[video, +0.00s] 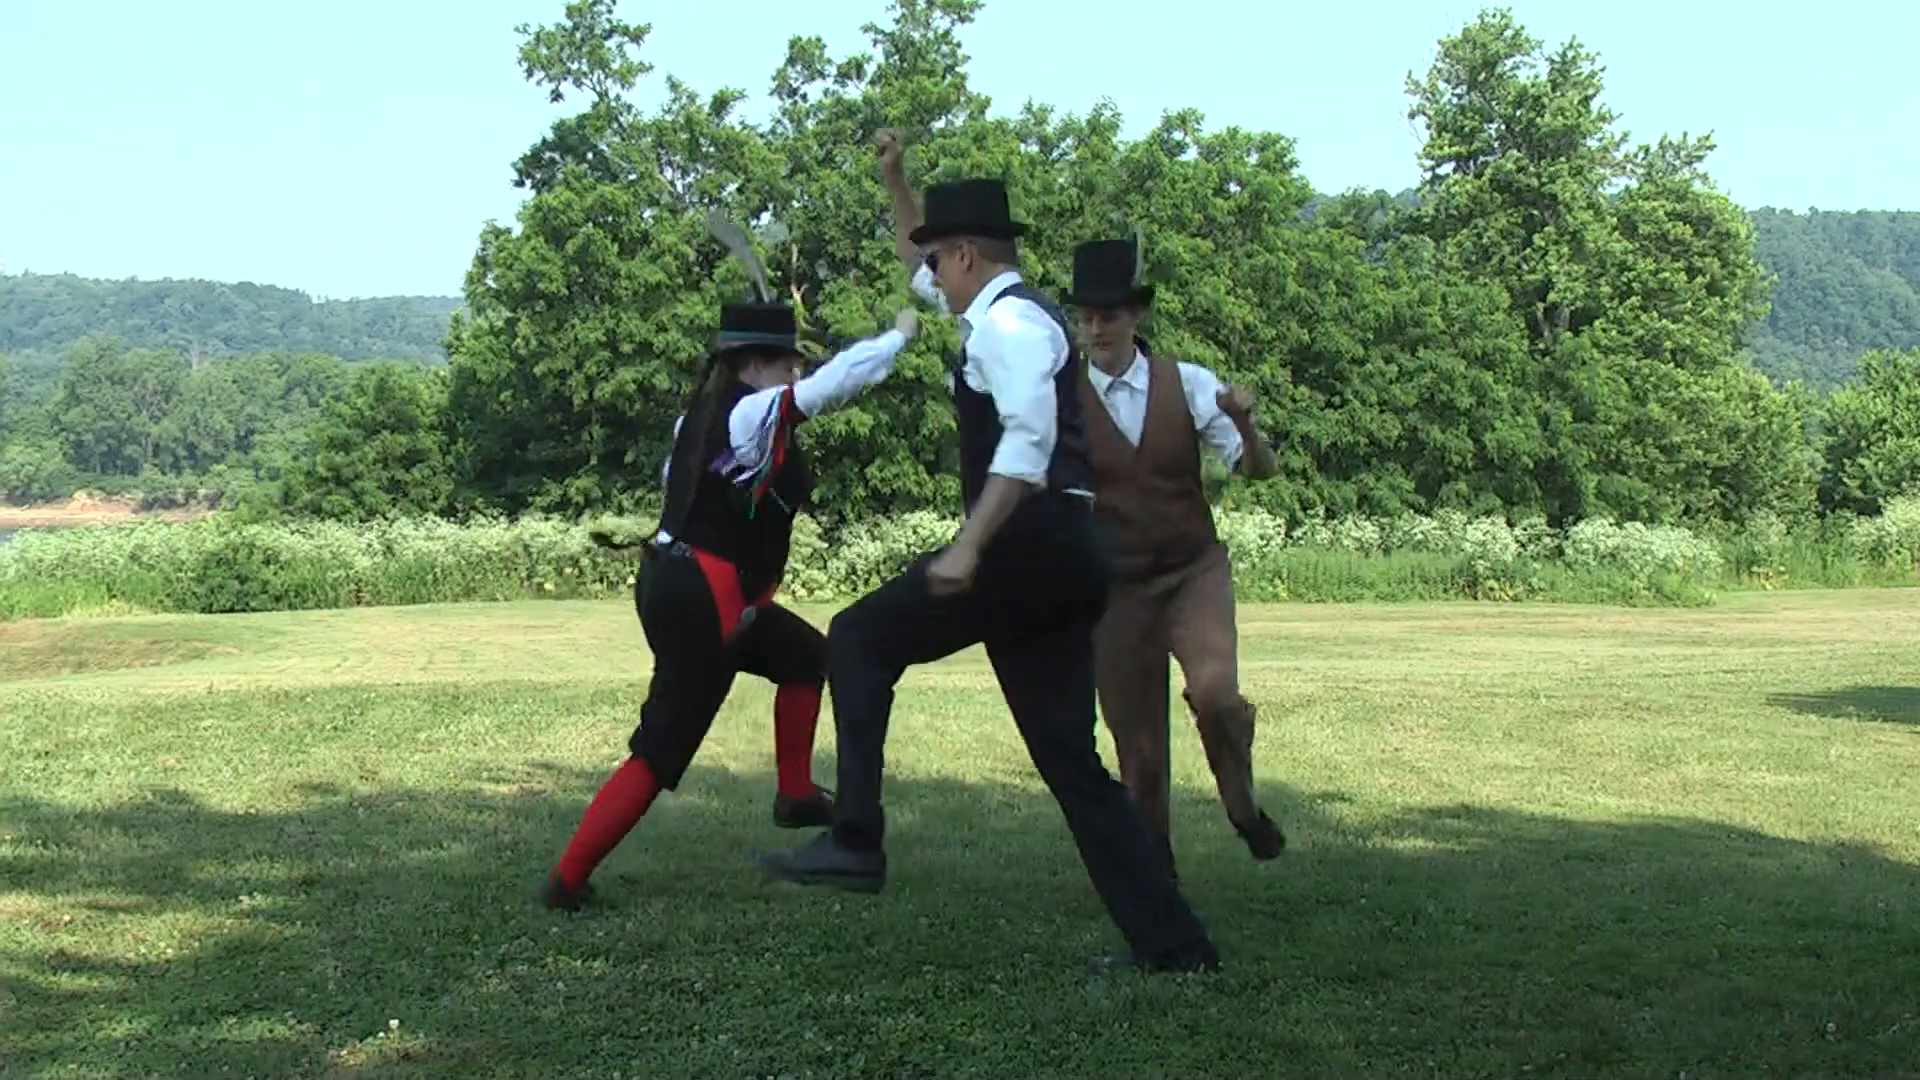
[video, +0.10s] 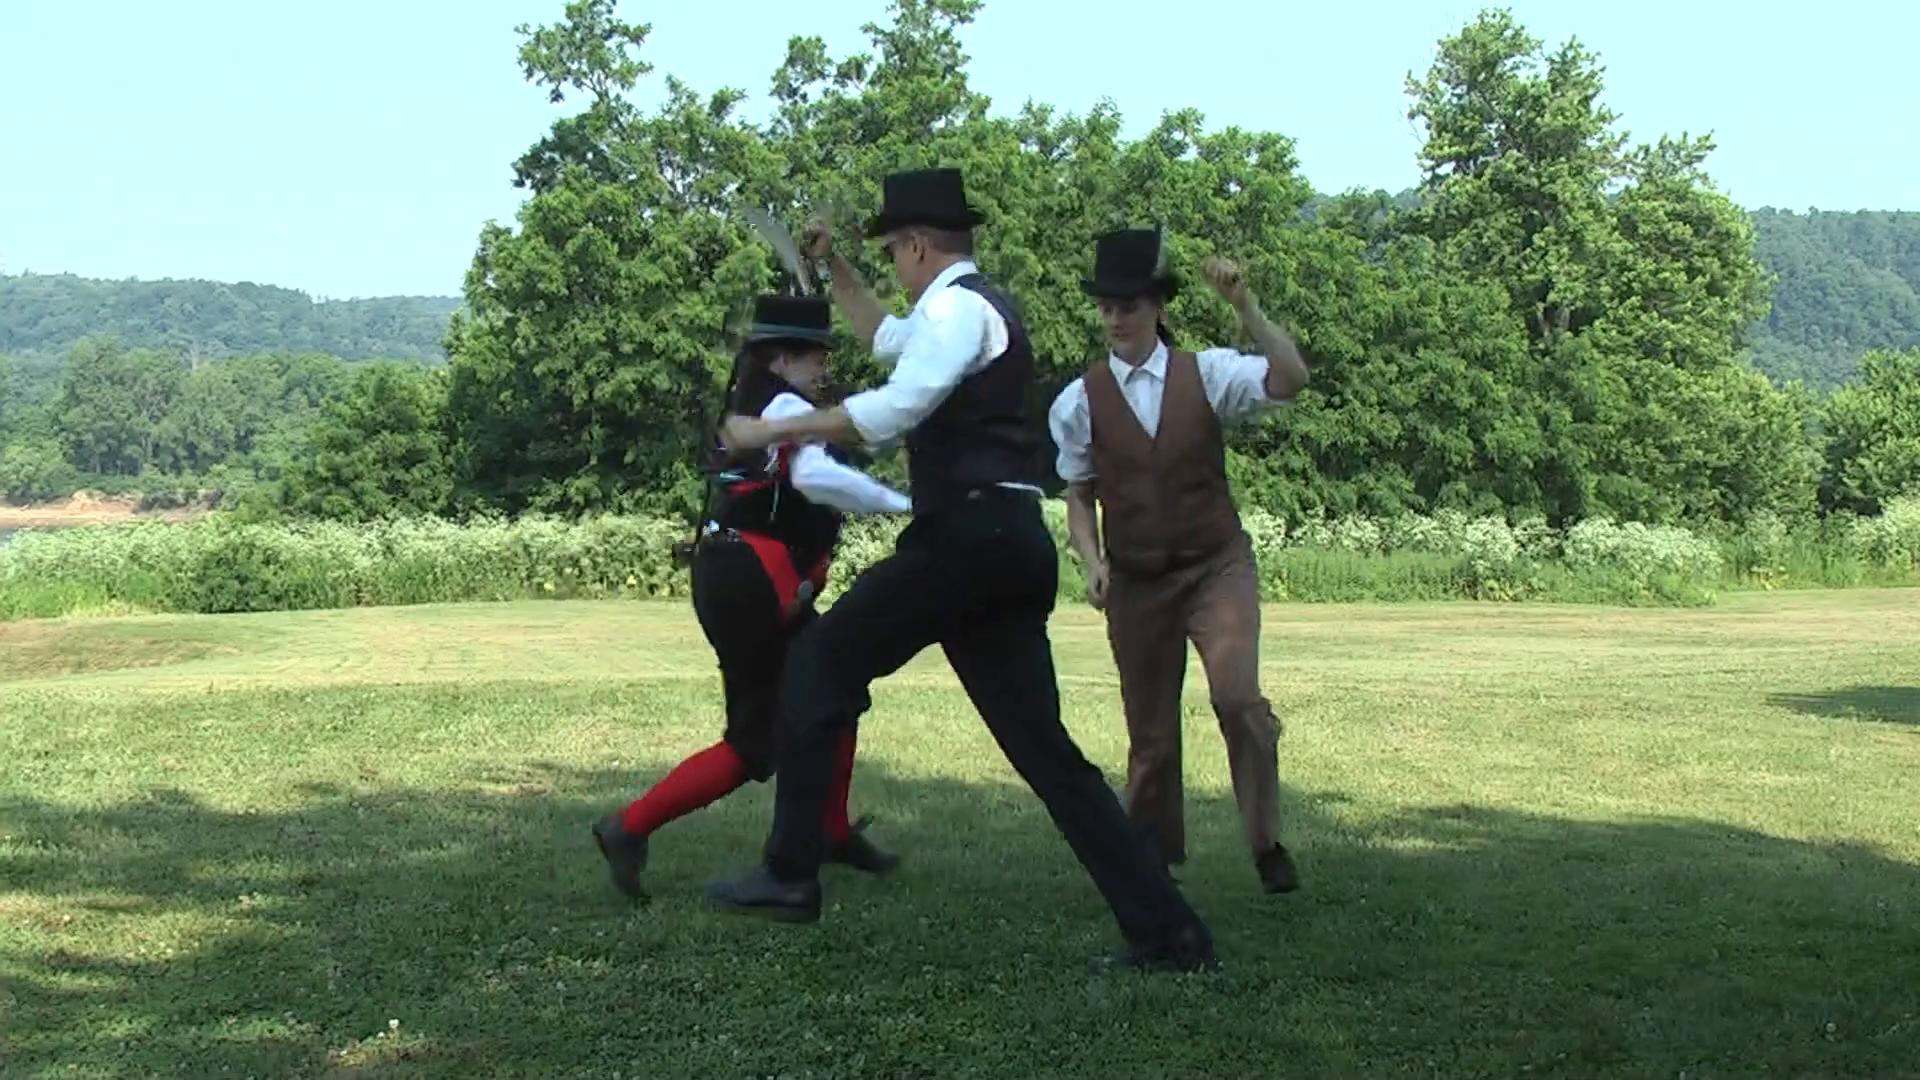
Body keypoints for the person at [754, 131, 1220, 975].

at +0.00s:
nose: (933, 269)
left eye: (936, 255)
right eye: (932, 259)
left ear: (969, 255)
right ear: (979, 253)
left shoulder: (1008, 322)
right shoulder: (1004, 311)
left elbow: (1028, 438)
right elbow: (923, 261)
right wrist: (895, 181)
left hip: (1024, 538)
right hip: (1055, 545)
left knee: (861, 635)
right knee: (1069, 759)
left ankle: (852, 840)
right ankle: (1172, 943)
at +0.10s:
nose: (890, 263)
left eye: (892, 248)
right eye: (887, 251)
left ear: (920, 244)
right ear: (951, 244)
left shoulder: (952, 306)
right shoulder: (981, 306)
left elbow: (900, 406)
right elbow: (883, 332)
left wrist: (773, 430)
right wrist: (831, 264)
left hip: (964, 537)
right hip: (1010, 541)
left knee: (821, 659)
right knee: (1042, 747)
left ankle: (789, 874)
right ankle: (1167, 930)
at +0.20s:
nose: (838, 263)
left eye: (842, 249)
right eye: (839, 250)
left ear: (863, 248)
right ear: (909, 246)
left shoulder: (890, 309)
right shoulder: (949, 313)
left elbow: (751, 335)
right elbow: (885, 421)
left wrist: (671, 277)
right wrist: (787, 409)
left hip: (889, 541)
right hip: (949, 542)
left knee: (797, 724)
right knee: (958, 749)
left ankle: (775, 935)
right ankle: (1123, 892)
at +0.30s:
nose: (791, 266)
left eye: (792, 255)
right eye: (794, 255)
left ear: (804, 257)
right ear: (871, 257)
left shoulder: (796, 322)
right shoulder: (912, 348)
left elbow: (672, 265)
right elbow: (925, 467)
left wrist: (634, 176)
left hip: (830, 551)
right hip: (904, 553)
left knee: (768, 736)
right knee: (854, 756)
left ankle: (772, 933)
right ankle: (1029, 838)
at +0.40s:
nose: (753, 239)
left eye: (755, 230)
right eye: (763, 230)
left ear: (761, 236)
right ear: (825, 234)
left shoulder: (744, 298)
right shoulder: (878, 327)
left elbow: (644, 217)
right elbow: (926, 455)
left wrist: (629, 116)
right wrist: (897, 556)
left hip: (783, 525)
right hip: (865, 531)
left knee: (749, 729)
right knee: (782, 699)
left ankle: (769, 928)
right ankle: (902, 787)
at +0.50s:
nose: (731, 203)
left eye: (732, 194)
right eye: (746, 193)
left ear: (734, 201)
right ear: (802, 199)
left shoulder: (712, 264)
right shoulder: (853, 291)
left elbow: (630, 173)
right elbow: (911, 410)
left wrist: (627, 79)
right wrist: (899, 519)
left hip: (736, 496)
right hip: (828, 499)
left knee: (727, 690)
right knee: (756, 619)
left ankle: (751, 903)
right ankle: (809, 744)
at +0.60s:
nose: (713, 206)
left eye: (711, 197)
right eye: (740, 195)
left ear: (704, 203)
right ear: (776, 202)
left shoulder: (680, 260)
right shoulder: (823, 286)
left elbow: (614, 164)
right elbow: (878, 417)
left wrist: (625, 72)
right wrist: (872, 521)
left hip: (707, 487)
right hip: (801, 491)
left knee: (675, 676)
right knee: (736, 606)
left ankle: (686, 888)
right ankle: (745, 746)